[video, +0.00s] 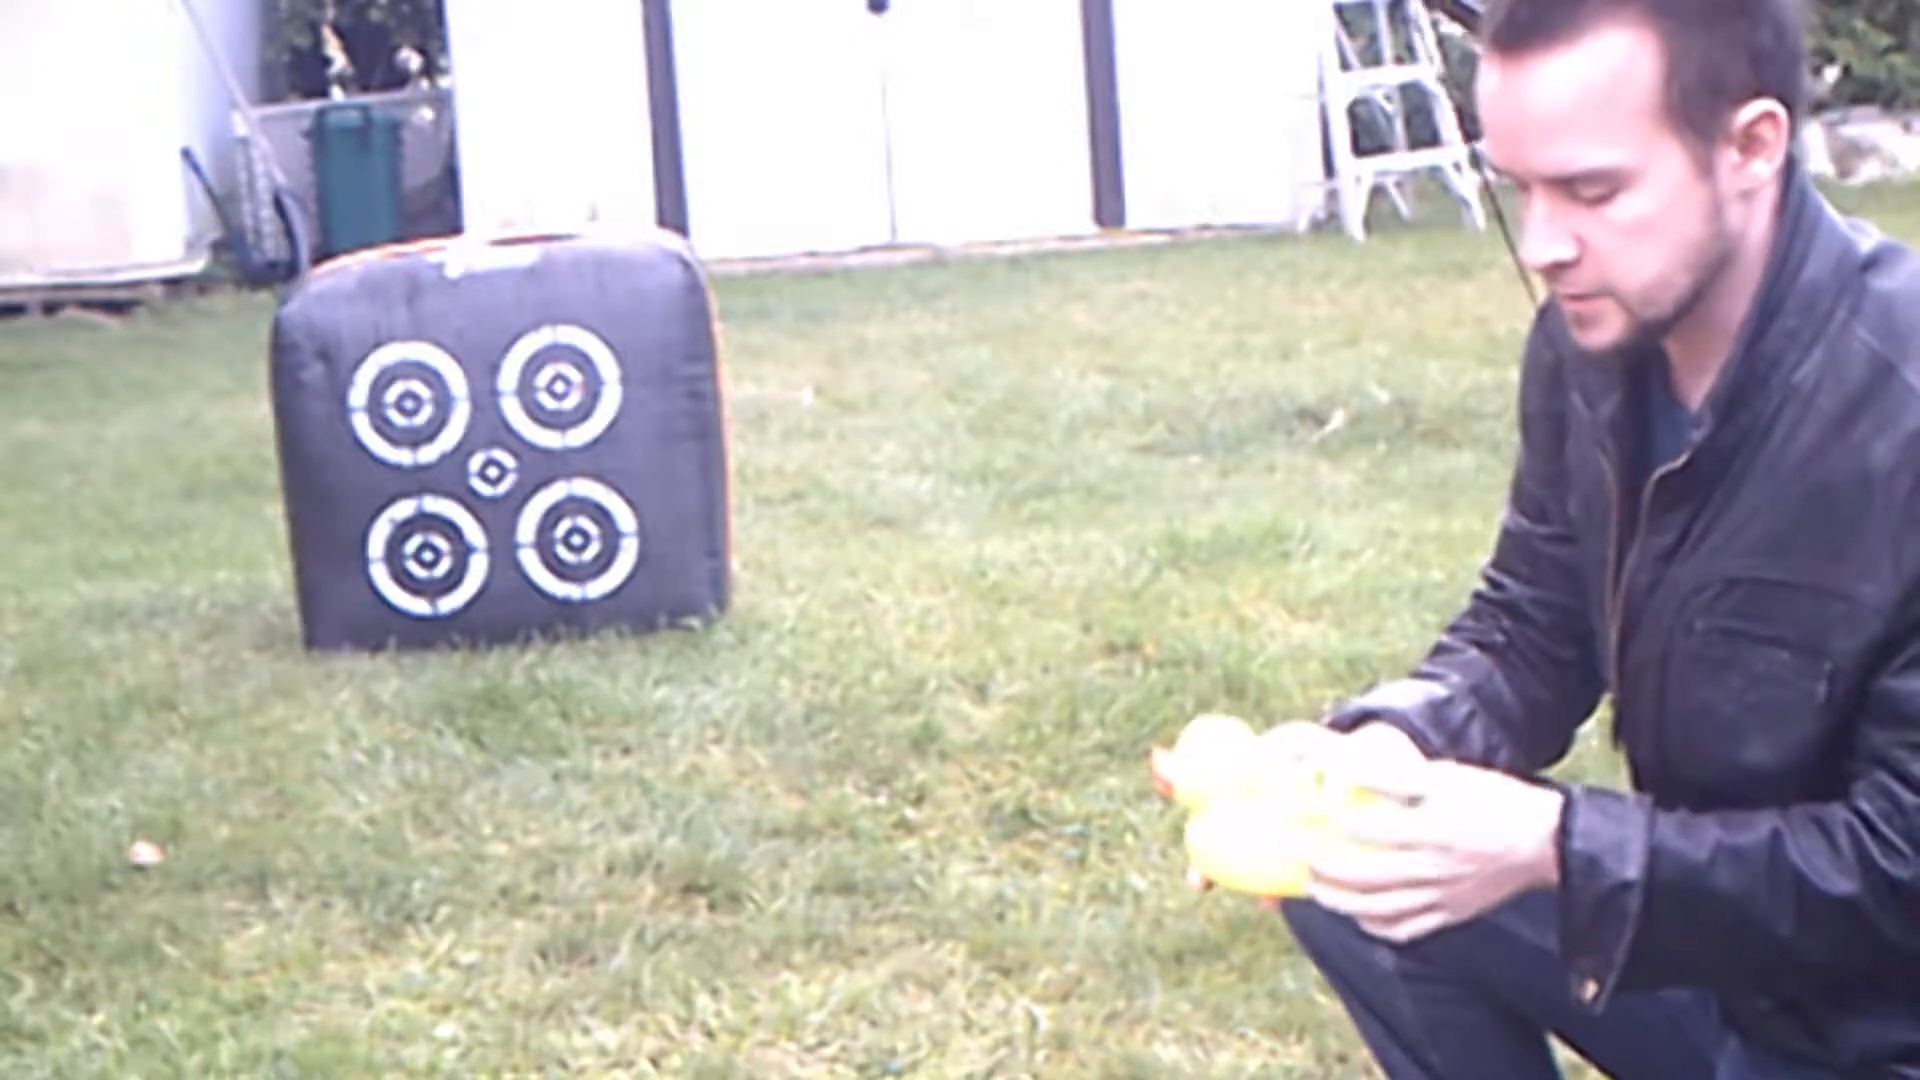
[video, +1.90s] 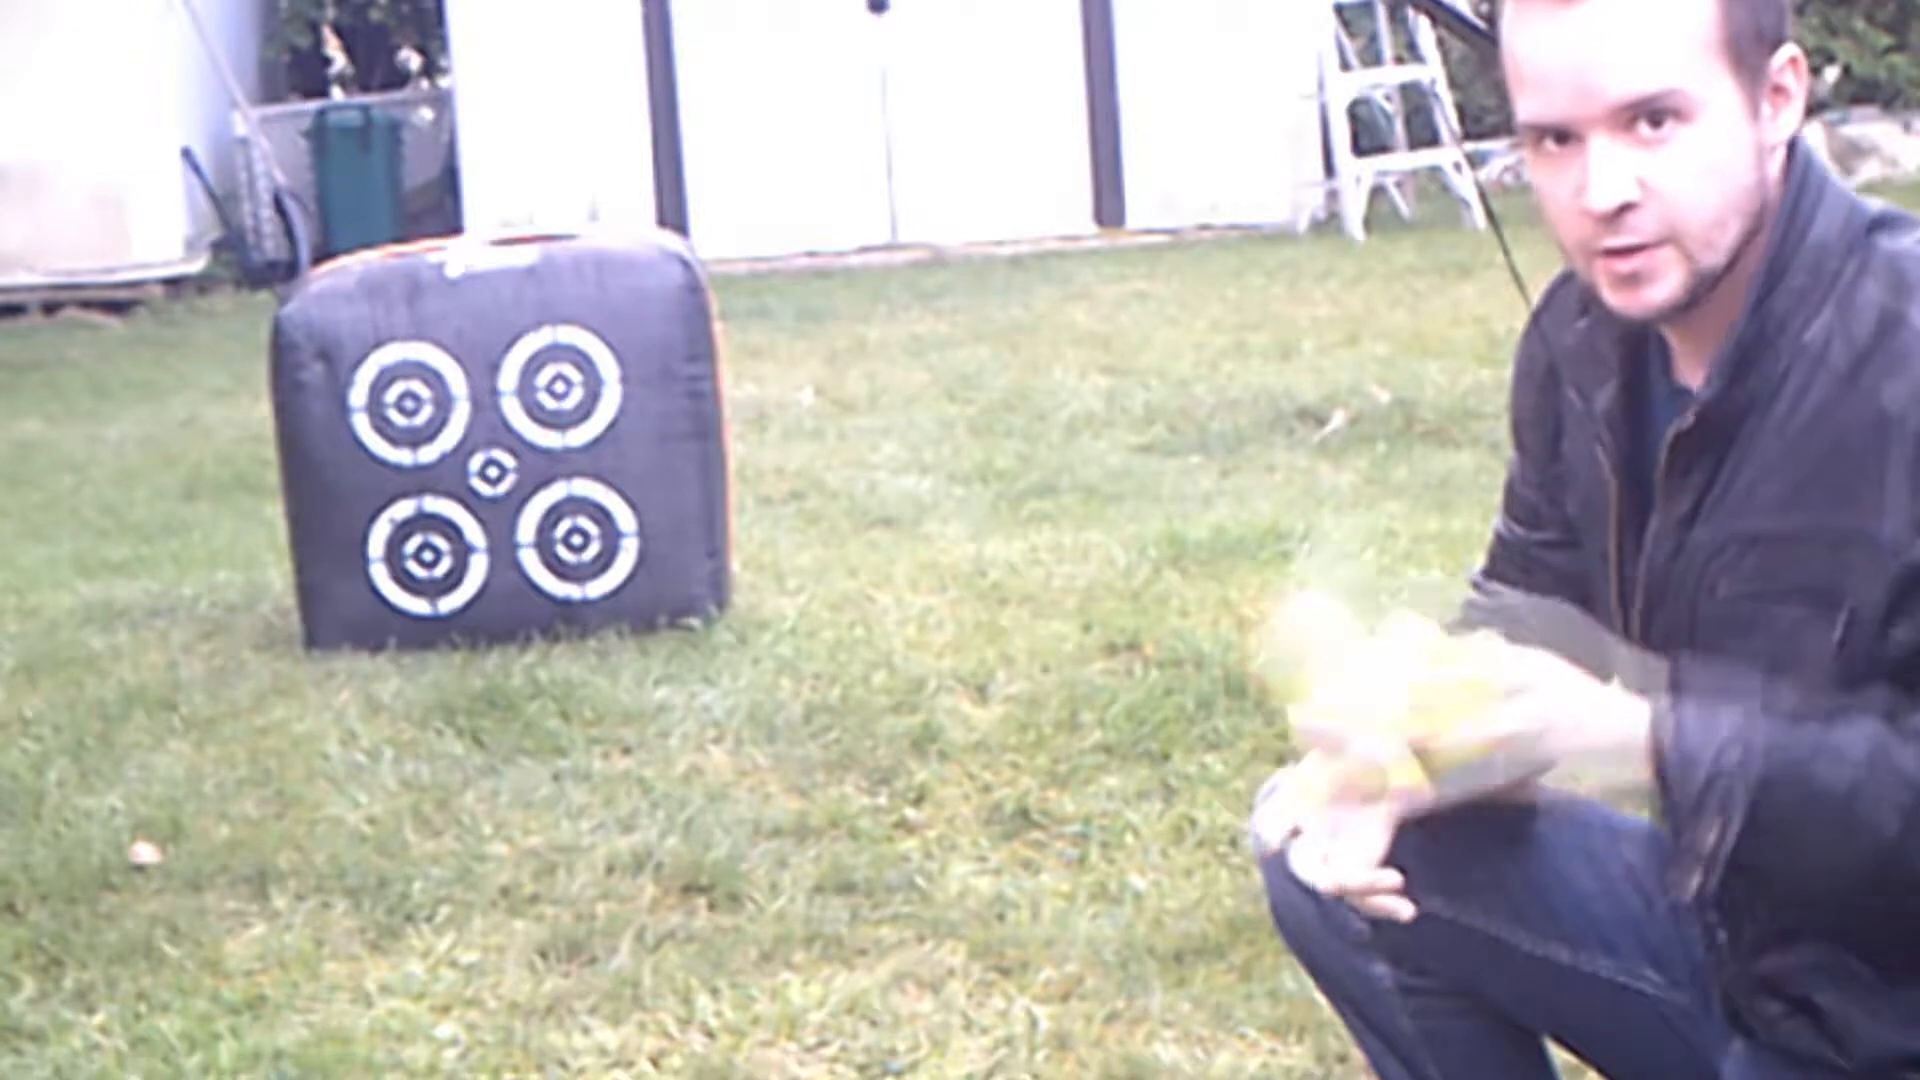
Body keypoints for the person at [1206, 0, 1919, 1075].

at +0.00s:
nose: (1538, 250)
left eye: (1592, 192)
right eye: (1515, 190)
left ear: (1755, 149)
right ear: (1493, 157)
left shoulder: (1897, 390)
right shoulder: (1585, 339)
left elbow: (1898, 854)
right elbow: (1532, 634)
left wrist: (1558, 848)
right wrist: (1376, 750)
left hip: (1873, 1042)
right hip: (1699, 977)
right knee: (1348, 874)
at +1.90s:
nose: (1602, 192)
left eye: (1653, 122)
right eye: (1555, 139)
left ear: (1779, 102)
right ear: (1520, 145)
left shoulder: (1895, 336)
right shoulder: (1579, 332)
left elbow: (1901, 780)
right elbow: (1529, 613)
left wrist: (1646, 741)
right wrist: (1401, 762)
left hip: (1869, 1019)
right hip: (1718, 929)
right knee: (1324, 853)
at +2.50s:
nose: (1626, 184)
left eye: (1675, 116)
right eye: (1575, 135)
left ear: (1796, 89)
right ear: (1536, 138)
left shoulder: (1898, 281)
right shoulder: (1598, 307)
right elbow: (1531, 629)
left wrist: (1779, 414)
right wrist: (1407, 760)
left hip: (1892, 1026)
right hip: (1769, 939)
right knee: (1328, 848)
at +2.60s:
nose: (1623, 189)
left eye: (1675, 119)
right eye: (1574, 138)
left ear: (1795, 91)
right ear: (1537, 142)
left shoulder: (1898, 286)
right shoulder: (1604, 310)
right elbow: (1530, 629)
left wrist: (1790, 426)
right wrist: (1407, 761)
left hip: (1891, 1027)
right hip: (1768, 939)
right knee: (1327, 848)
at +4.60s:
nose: (1686, 182)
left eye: (1743, 110)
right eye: (1636, 122)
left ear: (1860, 100)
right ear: (1595, 131)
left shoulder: (1901, 362)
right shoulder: (1619, 337)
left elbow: (1895, 782)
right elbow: (1544, 663)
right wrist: (1390, 777)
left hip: (1882, 1035)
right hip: (1751, 942)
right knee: (1362, 868)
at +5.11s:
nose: (1700, 175)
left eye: (1754, 103)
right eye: (1647, 119)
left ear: (1870, 88)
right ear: (1606, 125)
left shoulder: (1904, 333)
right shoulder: (1686, 325)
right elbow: (1555, 635)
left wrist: (1744, 417)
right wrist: (1388, 780)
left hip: (1885, 1038)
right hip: (1771, 943)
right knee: (1369, 870)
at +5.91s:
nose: (1618, 250)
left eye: (1672, 187)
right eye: (1585, 190)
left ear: (1826, 142)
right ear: (1560, 160)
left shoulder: (1899, 401)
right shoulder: (1626, 345)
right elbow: (1550, 619)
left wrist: (1718, 920)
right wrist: (1453, 805)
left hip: (1885, 1032)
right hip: (1758, 965)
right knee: (1335, 818)